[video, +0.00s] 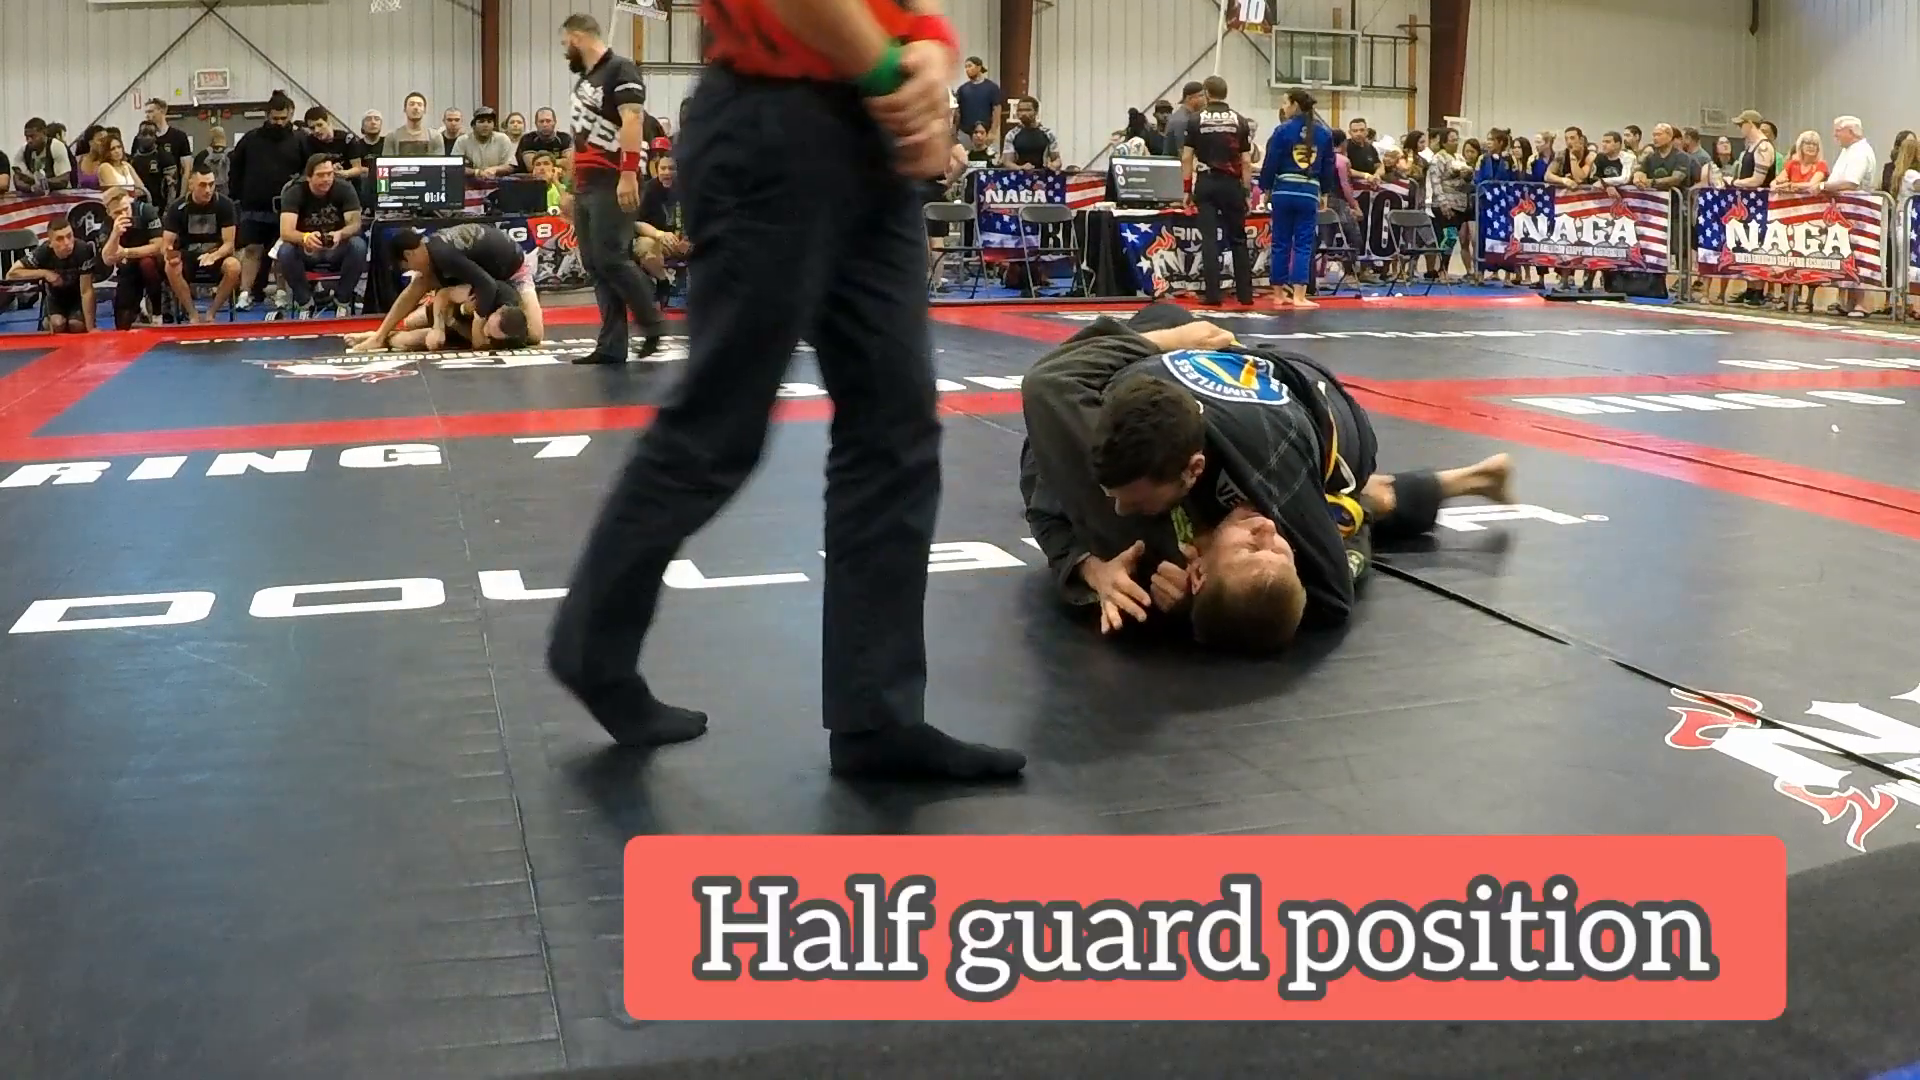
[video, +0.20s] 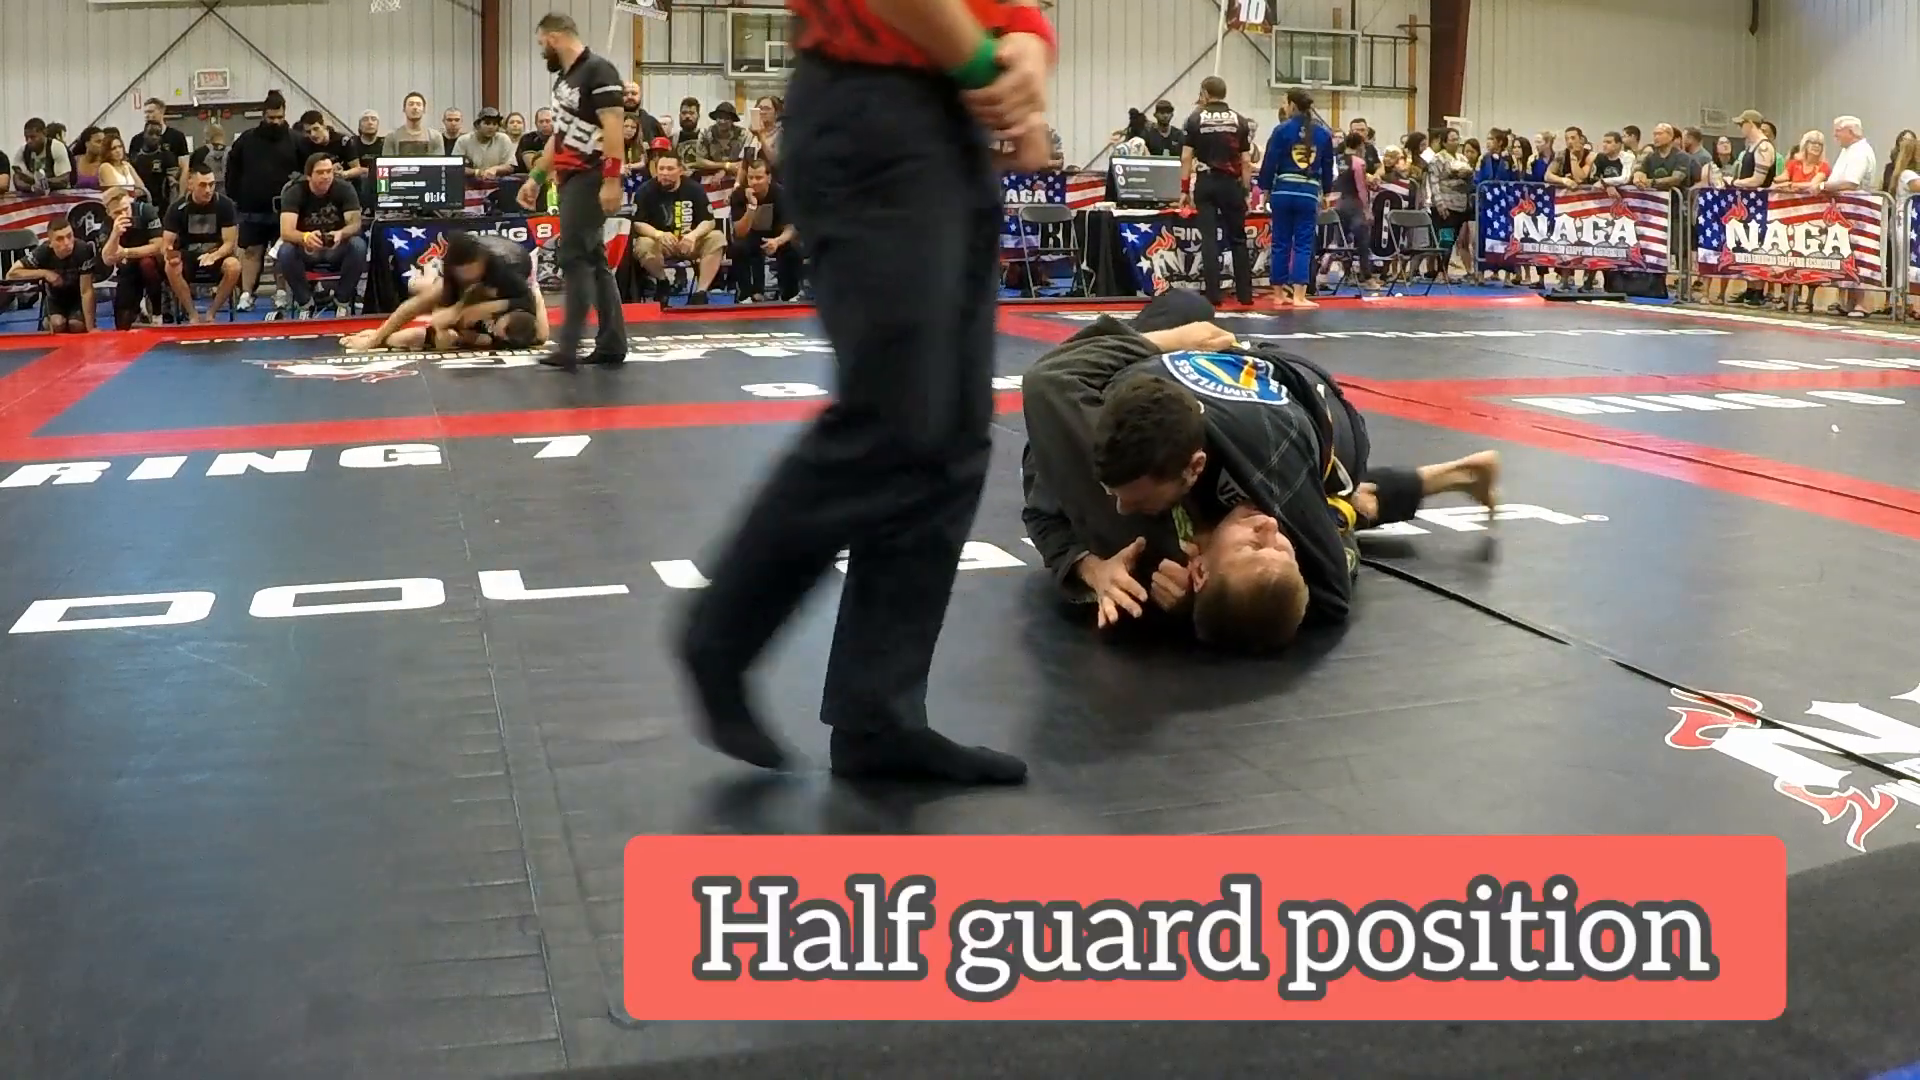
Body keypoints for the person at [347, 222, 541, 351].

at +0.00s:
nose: (408, 268)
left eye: (405, 264)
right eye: (405, 266)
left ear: (411, 252)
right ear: (412, 248)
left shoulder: (443, 253)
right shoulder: (431, 250)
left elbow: (489, 285)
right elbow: (441, 292)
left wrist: (479, 327)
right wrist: (438, 329)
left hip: (514, 268)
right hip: (480, 266)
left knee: (535, 335)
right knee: (414, 289)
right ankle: (378, 337)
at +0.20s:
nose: (464, 277)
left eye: (468, 271)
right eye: (459, 272)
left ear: (480, 263)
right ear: (451, 266)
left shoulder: (501, 267)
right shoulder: (453, 265)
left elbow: (528, 300)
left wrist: (486, 309)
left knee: (540, 334)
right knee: (423, 300)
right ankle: (376, 337)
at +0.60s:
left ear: (539, 279)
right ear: (503, 275)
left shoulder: (540, 296)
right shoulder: (485, 269)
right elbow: (472, 330)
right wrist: (495, 299)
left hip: (490, 332)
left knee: (411, 339)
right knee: (432, 240)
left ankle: (370, 341)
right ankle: (428, 303)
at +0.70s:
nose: (549, 293)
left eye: (555, 287)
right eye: (546, 285)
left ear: (562, 288)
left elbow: (476, 341)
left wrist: (446, 308)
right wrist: (498, 304)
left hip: (476, 328)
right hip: (474, 293)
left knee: (419, 339)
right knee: (417, 253)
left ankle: (375, 342)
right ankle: (426, 314)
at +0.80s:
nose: (559, 290)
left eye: (562, 285)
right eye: (554, 284)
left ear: (563, 280)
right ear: (538, 277)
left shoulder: (551, 301)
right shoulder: (512, 284)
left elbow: (564, 335)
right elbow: (474, 333)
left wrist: (564, 339)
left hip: (477, 319)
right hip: (469, 286)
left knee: (433, 335)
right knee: (416, 252)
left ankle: (372, 343)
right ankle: (427, 310)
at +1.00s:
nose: (564, 290)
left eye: (568, 284)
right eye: (561, 283)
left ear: (568, 277)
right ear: (544, 274)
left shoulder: (542, 314)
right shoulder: (524, 283)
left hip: (475, 324)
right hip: (466, 291)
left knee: (439, 338)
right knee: (410, 253)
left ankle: (364, 344)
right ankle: (424, 314)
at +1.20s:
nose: (548, 307)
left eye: (552, 314)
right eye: (554, 305)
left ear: (553, 330)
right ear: (554, 300)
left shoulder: (532, 333)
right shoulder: (536, 303)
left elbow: (488, 332)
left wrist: (444, 310)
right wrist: (516, 308)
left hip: (465, 330)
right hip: (463, 300)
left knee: (433, 334)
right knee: (411, 256)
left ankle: (359, 343)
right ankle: (423, 326)